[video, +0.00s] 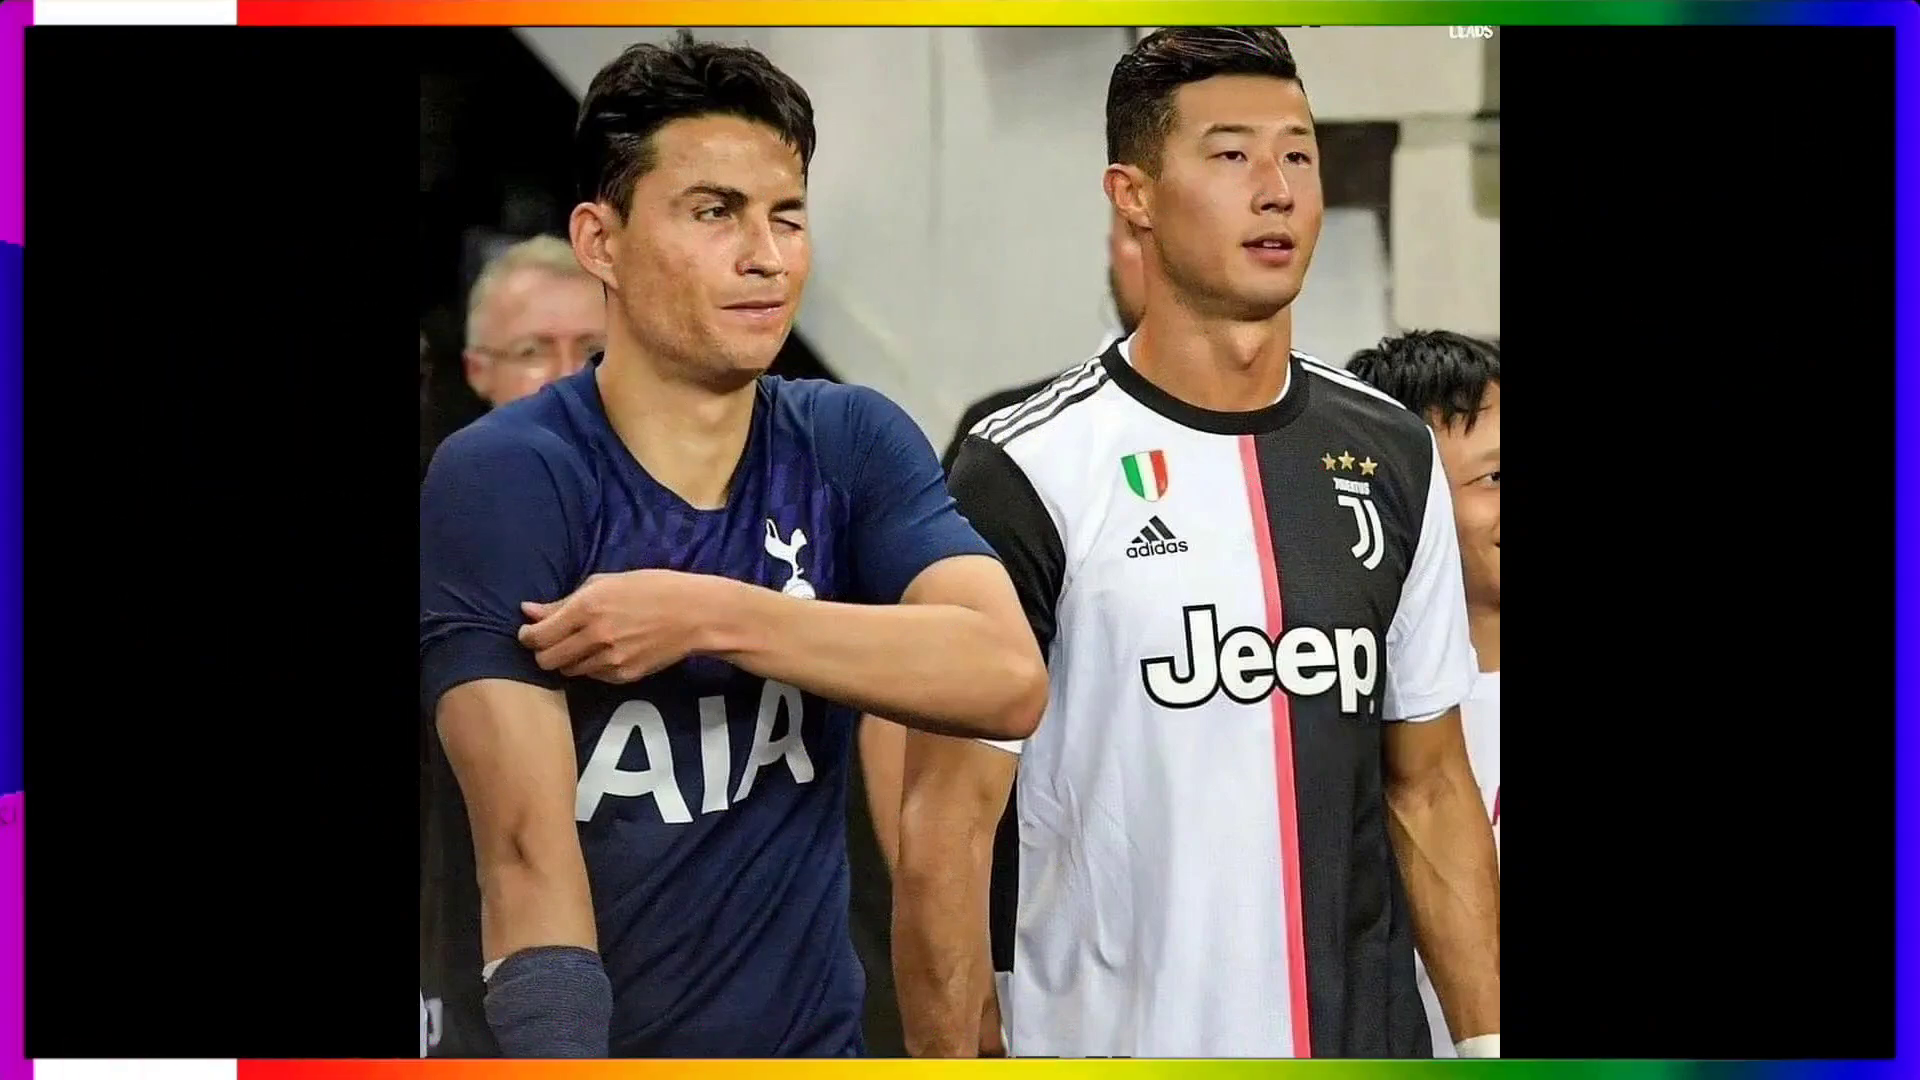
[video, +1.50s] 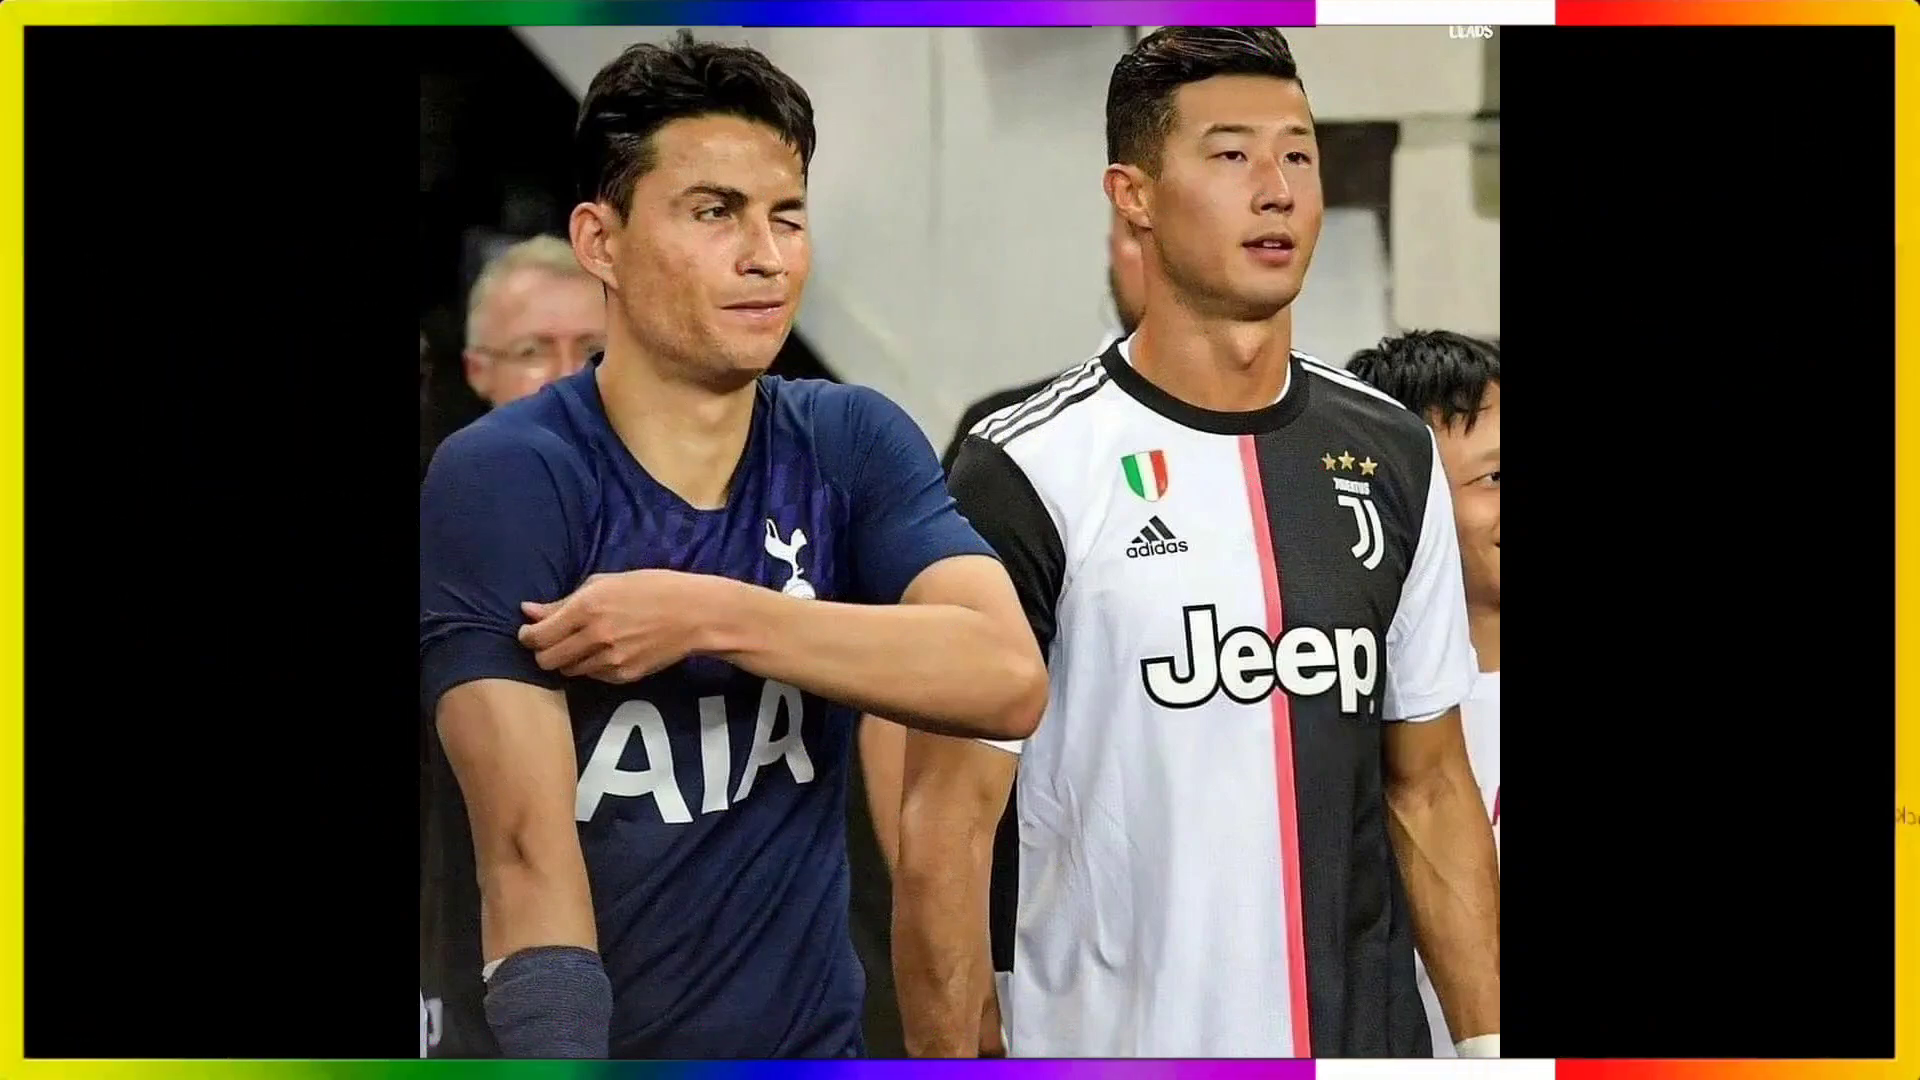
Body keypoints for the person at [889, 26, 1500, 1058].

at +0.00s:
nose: (1279, 193)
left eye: (1297, 159)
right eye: (1230, 157)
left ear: (1319, 186)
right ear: (1134, 198)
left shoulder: (1392, 451)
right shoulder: (1022, 462)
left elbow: (1430, 784)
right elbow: (949, 816)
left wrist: (1484, 1046)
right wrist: (953, 1067)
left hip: (1359, 1046)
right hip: (1108, 1045)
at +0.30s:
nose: (1279, 193)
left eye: (1297, 159)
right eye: (1230, 156)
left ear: (1319, 187)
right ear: (1134, 198)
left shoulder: (1392, 450)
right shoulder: (1022, 462)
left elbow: (1431, 785)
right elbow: (948, 815)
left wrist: (1482, 1046)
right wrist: (953, 1068)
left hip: (1358, 1046)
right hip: (1108, 1047)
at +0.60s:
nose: (1279, 193)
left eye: (1297, 159)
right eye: (1230, 157)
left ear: (1319, 186)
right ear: (1134, 198)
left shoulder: (1392, 450)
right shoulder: (1022, 462)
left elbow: (1431, 785)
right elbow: (948, 817)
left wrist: (1485, 1046)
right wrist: (952, 1063)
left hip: (1361, 1045)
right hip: (1108, 1046)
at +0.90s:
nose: (1279, 193)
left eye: (1297, 158)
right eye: (1230, 156)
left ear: (1319, 186)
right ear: (1134, 197)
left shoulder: (1392, 451)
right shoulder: (1022, 462)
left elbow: (1431, 785)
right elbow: (949, 816)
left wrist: (1483, 1046)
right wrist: (952, 1067)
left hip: (1360, 1044)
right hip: (1108, 1045)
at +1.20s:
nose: (1279, 193)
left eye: (1297, 159)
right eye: (1230, 156)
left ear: (1319, 187)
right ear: (1134, 198)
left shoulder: (1392, 451)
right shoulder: (1022, 462)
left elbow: (1431, 785)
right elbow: (948, 816)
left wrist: (1482, 1047)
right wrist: (953, 1065)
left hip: (1358, 1045)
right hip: (1108, 1045)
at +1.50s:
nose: (1279, 193)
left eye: (1297, 159)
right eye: (1230, 157)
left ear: (1319, 187)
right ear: (1134, 198)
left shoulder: (1392, 450)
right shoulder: (1022, 462)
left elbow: (1431, 785)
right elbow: (948, 817)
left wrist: (1484, 1049)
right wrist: (953, 1067)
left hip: (1360, 1046)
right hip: (1107, 1046)